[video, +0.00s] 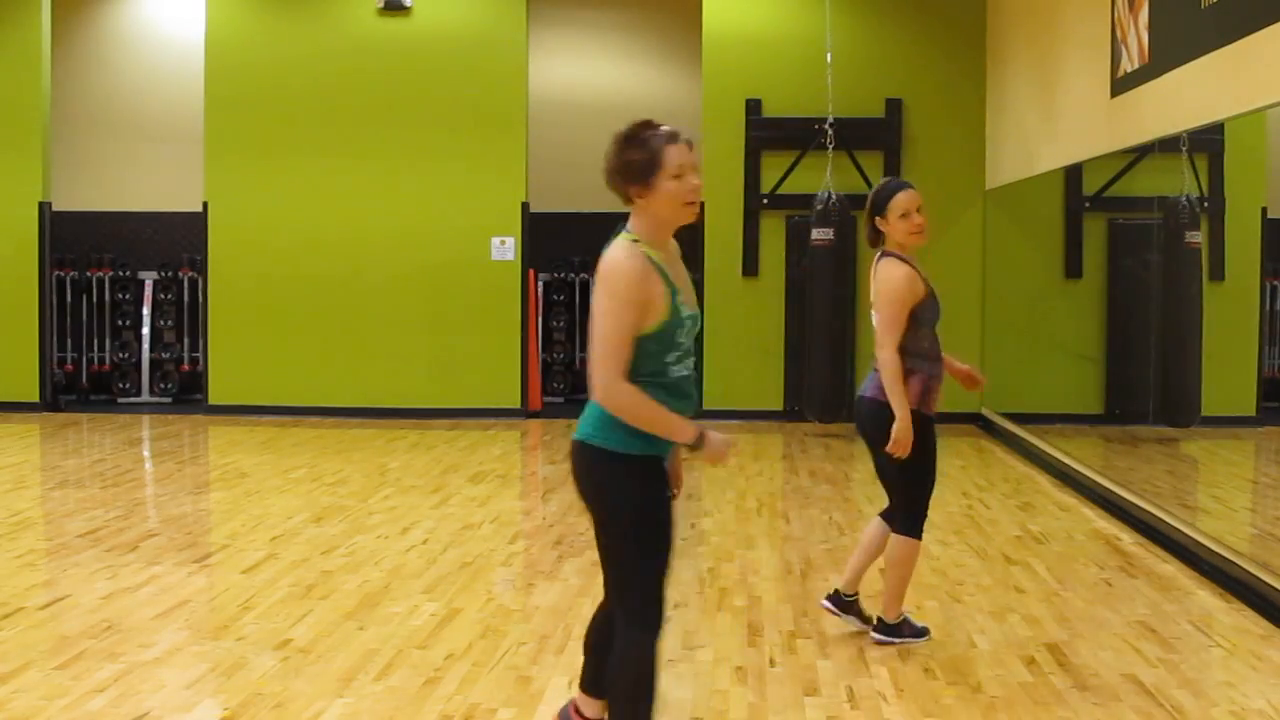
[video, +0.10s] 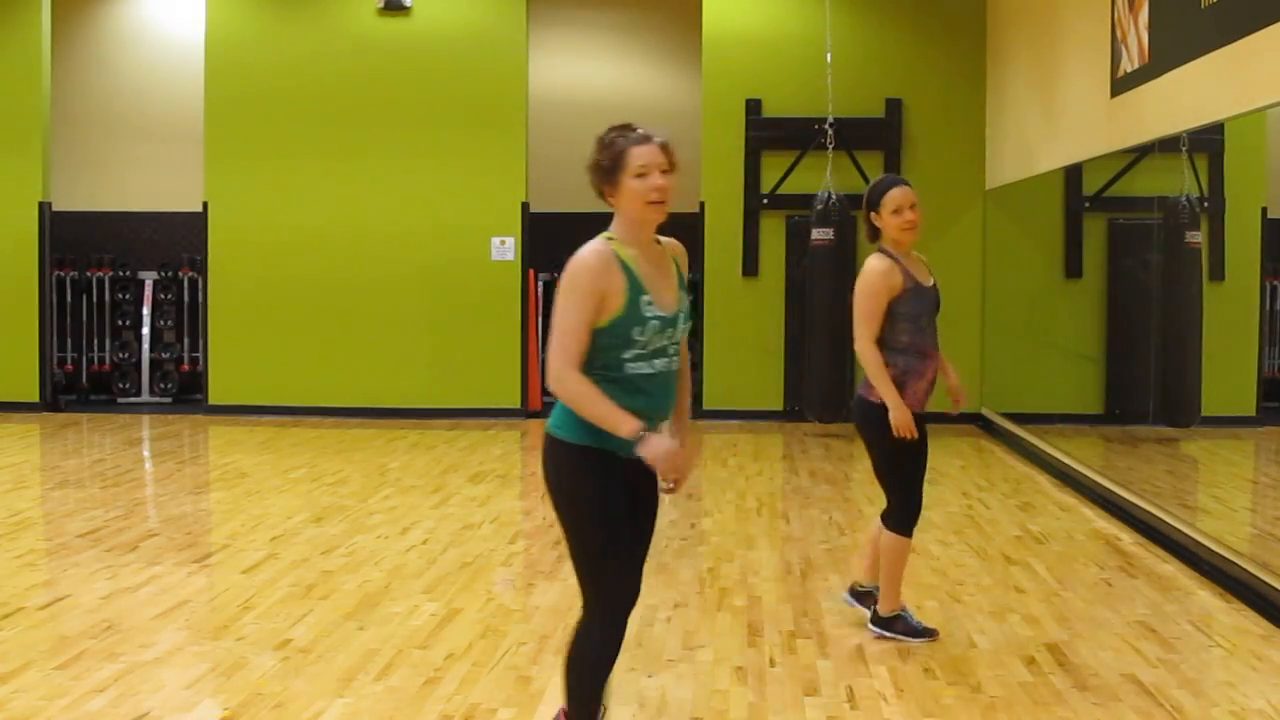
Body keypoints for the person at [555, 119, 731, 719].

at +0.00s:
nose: (697, 185)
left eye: (697, 172)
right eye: (682, 175)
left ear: (691, 176)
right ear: (641, 187)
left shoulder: (667, 250)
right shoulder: (624, 263)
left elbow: (663, 364)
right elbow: (606, 385)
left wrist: (671, 449)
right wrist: (692, 433)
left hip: (646, 453)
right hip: (616, 456)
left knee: (630, 594)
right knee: (640, 613)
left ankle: (589, 703)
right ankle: (628, 712)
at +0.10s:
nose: (659, 185)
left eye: (665, 173)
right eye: (643, 175)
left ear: (674, 181)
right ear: (610, 188)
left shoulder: (673, 255)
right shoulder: (592, 264)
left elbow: (678, 352)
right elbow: (560, 374)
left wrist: (681, 432)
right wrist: (639, 434)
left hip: (639, 452)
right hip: (584, 452)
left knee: (621, 598)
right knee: (608, 604)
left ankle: (580, 707)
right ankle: (579, 712)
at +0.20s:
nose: (633, 186)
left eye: (641, 175)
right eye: (617, 176)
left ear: (652, 186)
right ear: (589, 189)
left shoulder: (661, 261)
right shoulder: (564, 263)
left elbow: (681, 352)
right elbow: (529, 364)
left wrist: (697, 435)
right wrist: (576, 425)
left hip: (627, 451)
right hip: (559, 450)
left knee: (616, 589)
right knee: (580, 590)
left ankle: (579, 711)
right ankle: (529, 708)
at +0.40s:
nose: (586, 199)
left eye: (594, 189)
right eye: (572, 189)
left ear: (606, 199)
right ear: (547, 201)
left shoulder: (621, 274)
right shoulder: (519, 270)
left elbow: (660, 365)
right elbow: (476, 362)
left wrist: (704, 442)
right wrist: (481, 439)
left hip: (587, 453)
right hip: (517, 454)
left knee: (590, 590)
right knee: (520, 579)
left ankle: (582, 711)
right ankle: (492, 675)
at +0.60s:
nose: (557, 211)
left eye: (563, 201)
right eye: (545, 200)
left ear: (568, 208)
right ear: (513, 207)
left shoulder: (582, 275)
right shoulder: (479, 278)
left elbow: (606, 365)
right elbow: (444, 371)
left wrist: (630, 445)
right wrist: (420, 455)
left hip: (557, 447)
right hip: (487, 447)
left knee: (570, 572)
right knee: (497, 574)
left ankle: (566, 692)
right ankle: (491, 685)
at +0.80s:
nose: (558, 214)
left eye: (557, 204)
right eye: (548, 206)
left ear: (535, 211)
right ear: (511, 214)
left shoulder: (567, 271)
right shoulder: (465, 274)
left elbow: (587, 357)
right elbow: (434, 357)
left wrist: (537, 421)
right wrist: (407, 437)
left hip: (544, 437)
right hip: (477, 438)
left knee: (539, 566)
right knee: (488, 564)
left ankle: (530, 635)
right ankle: (490, 683)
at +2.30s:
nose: (537, 207)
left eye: (546, 200)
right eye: (526, 201)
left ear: (561, 214)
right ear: (510, 216)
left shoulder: (584, 274)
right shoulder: (493, 277)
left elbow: (599, 358)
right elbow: (478, 349)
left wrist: (553, 413)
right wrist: (442, 381)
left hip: (567, 425)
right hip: (503, 425)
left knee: (595, 538)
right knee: (485, 541)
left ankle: (619, 652)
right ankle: (475, 643)